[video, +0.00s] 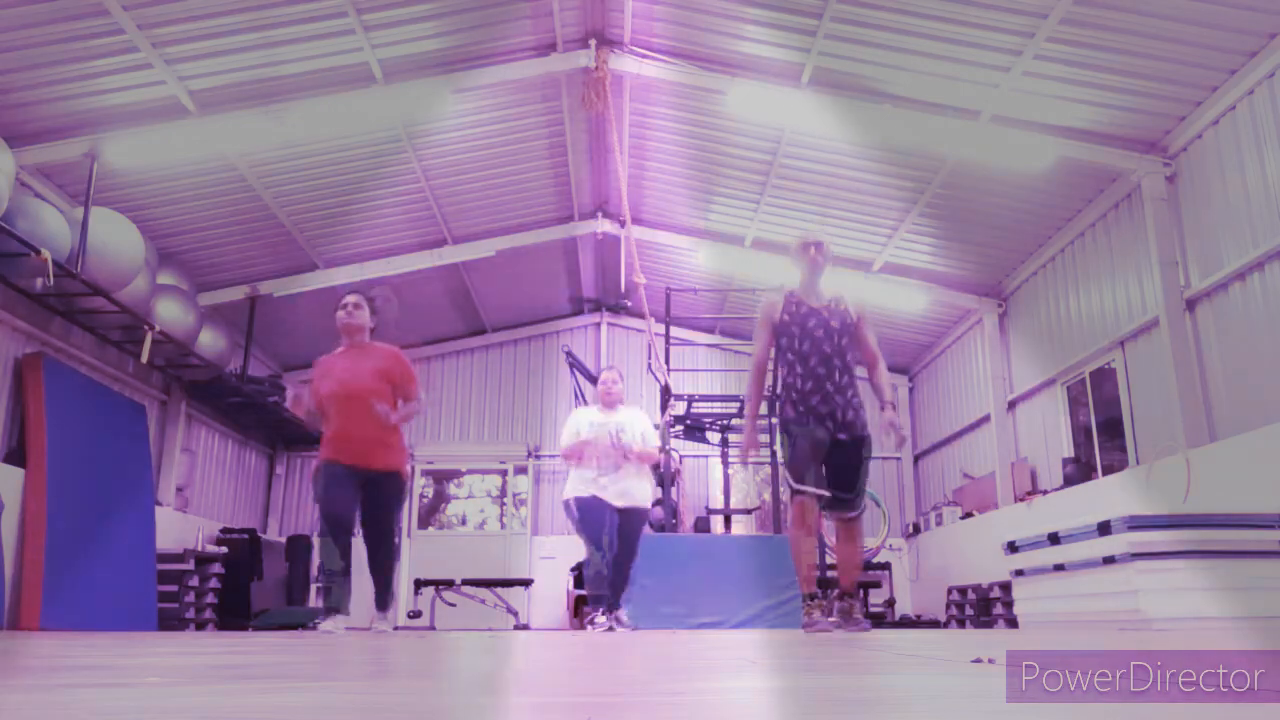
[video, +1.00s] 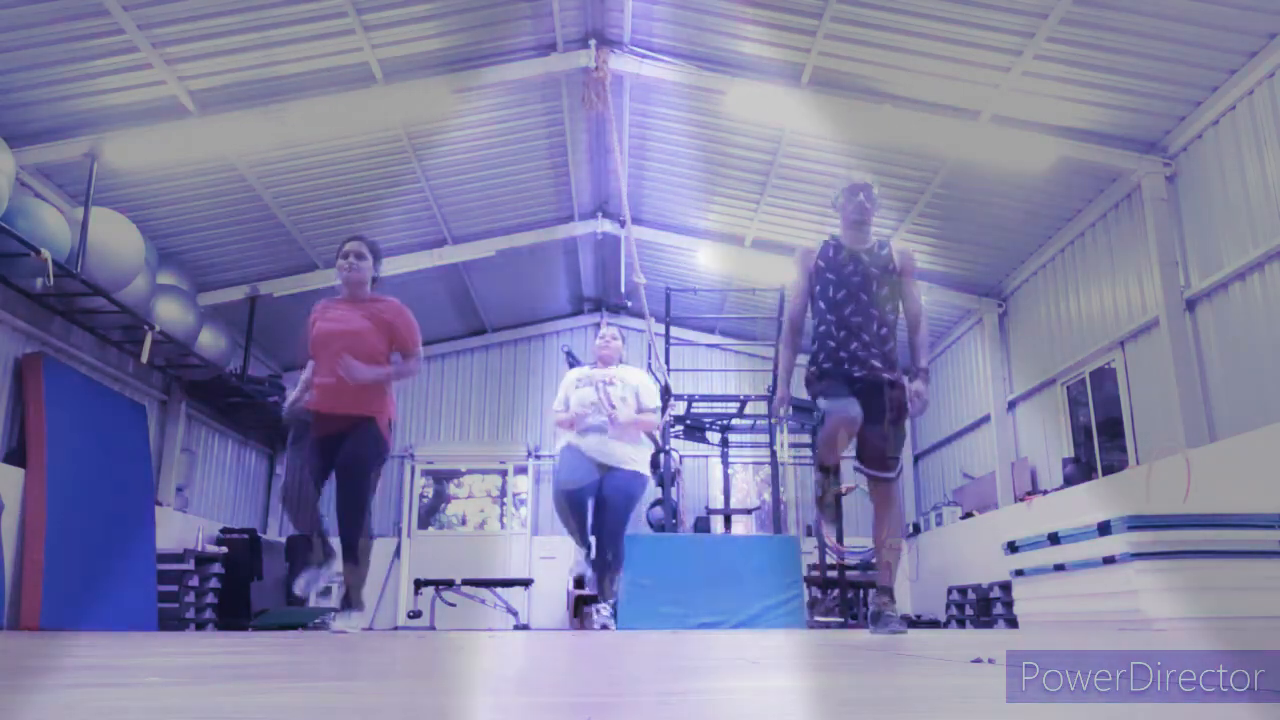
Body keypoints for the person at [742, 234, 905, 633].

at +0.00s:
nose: (814, 255)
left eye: (820, 250)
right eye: (807, 250)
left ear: (828, 260)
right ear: (795, 259)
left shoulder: (846, 309)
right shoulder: (778, 305)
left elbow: (875, 360)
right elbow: (759, 366)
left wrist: (888, 406)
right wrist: (750, 423)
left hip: (849, 420)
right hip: (802, 420)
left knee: (848, 516)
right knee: (805, 510)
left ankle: (848, 602)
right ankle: (810, 605)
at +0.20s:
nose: (816, 227)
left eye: (822, 221)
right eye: (807, 222)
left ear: (831, 231)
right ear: (794, 235)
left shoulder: (849, 276)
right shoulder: (779, 280)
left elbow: (874, 331)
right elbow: (760, 341)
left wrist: (891, 383)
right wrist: (767, 392)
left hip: (850, 392)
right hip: (802, 397)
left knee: (870, 454)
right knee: (809, 497)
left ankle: (843, 494)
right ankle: (813, 595)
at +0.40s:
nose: (827, 237)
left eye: (833, 231)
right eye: (819, 231)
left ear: (841, 242)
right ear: (805, 241)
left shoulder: (857, 291)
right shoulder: (785, 290)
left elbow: (881, 348)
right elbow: (765, 344)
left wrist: (897, 400)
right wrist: (787, 380)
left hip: (852, 391)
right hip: (805, 396)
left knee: (869, 418)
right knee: (814, 498)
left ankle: (859, 495)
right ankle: (816, 601)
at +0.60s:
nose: (835, 233)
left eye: (841, 227)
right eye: (829, 227)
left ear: (850, 232)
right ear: (819, 232)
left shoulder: (865, 281)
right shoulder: (800, 279)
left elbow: (888, 335)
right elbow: (769, 330)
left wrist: (900, 384)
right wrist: (791, 366)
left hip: (863, 391)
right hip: (814, 393)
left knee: (877, 477)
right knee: (812, 497)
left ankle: (881, 561)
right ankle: (812, 594)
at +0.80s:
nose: (863, 220)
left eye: (869, 215)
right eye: (855, 214)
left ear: (875, 227)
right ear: (838, 224)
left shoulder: (886, 277)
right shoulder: (814, 269)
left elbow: (907, 336)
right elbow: (788, 335)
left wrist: (913, 393)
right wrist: (790, 393)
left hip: (875, 396)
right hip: (823, 395)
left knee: (890, 496)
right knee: (817, 498)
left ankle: (887, 603)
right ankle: (812, 598)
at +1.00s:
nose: (861, 203)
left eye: (869, 198)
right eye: (853, 197)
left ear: (878, 210)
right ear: (838, 209)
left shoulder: (896, 258)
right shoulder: (814, 257)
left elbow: (916, 319)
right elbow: (792, 323)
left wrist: (920, 373)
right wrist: (782, 384)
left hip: (883, 377)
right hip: (831, 371)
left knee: (884, 488)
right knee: (845, 416)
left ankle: (884, 599)